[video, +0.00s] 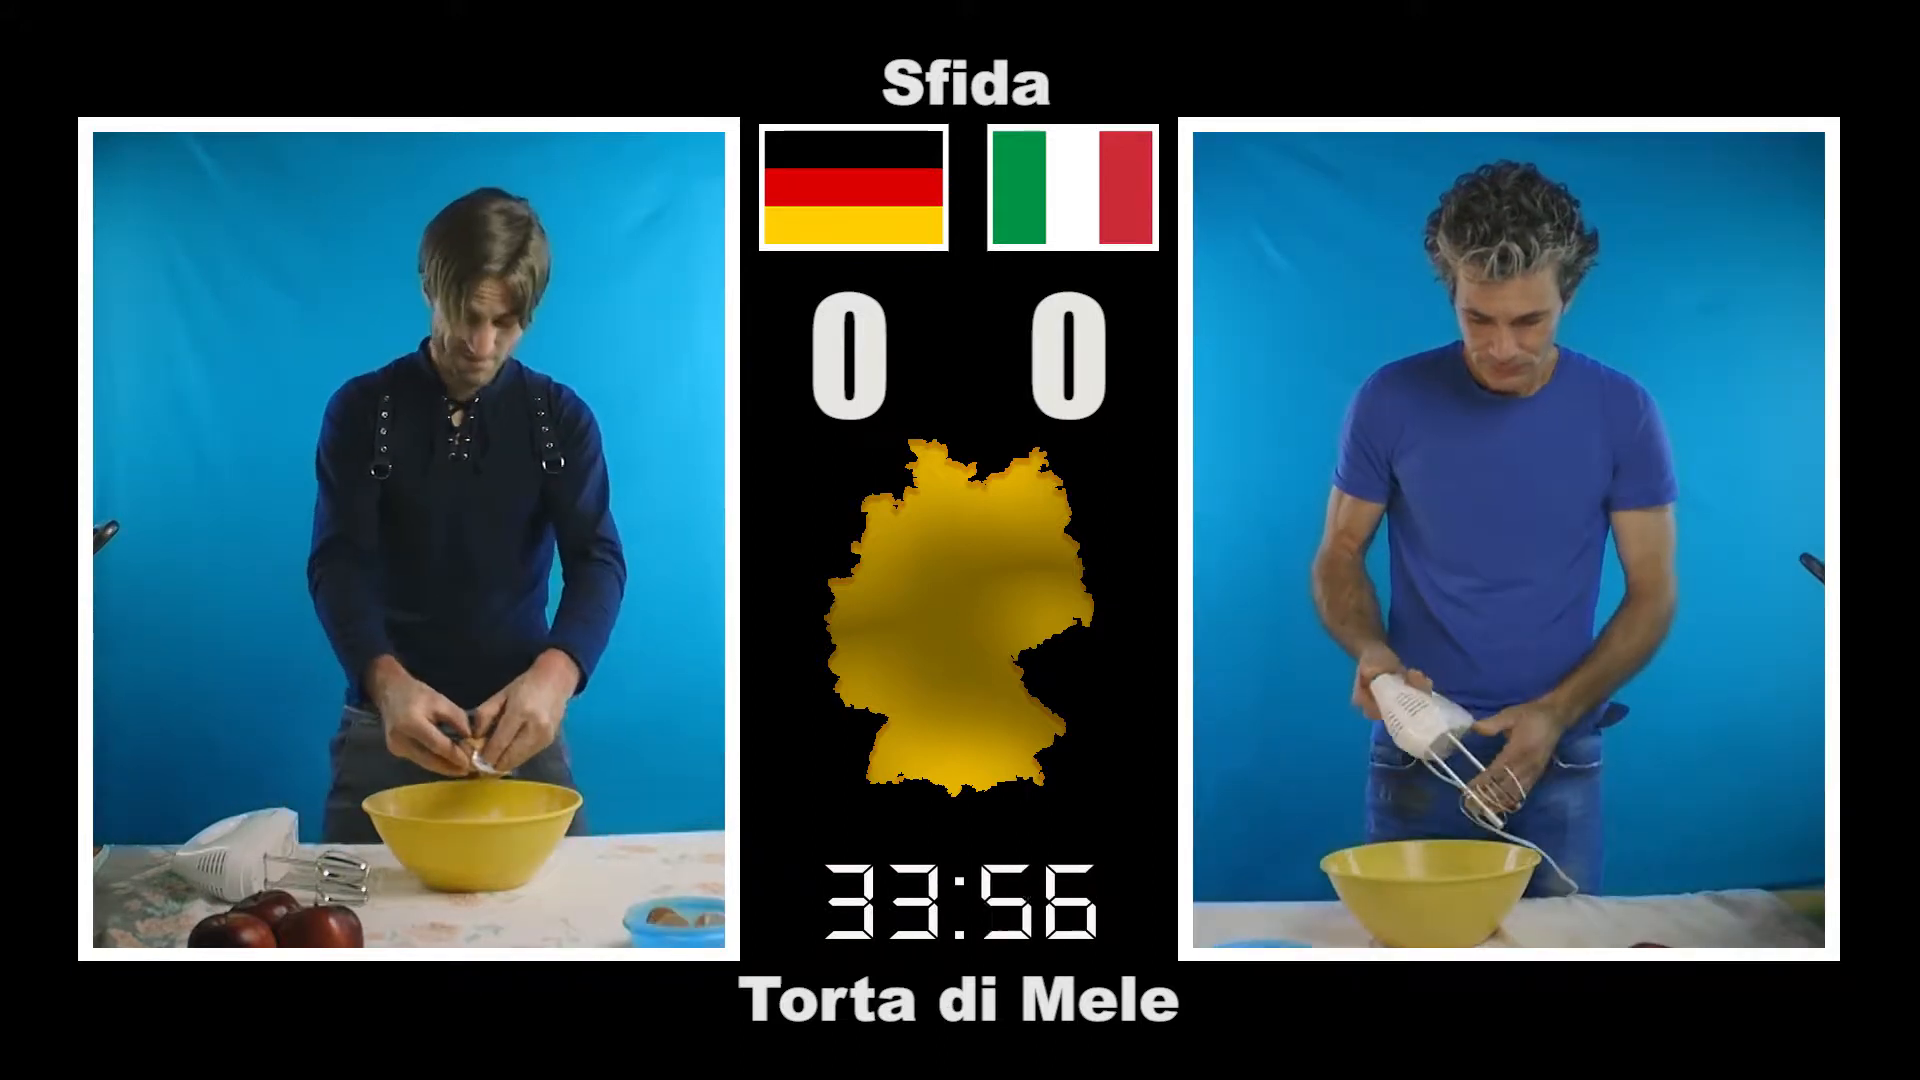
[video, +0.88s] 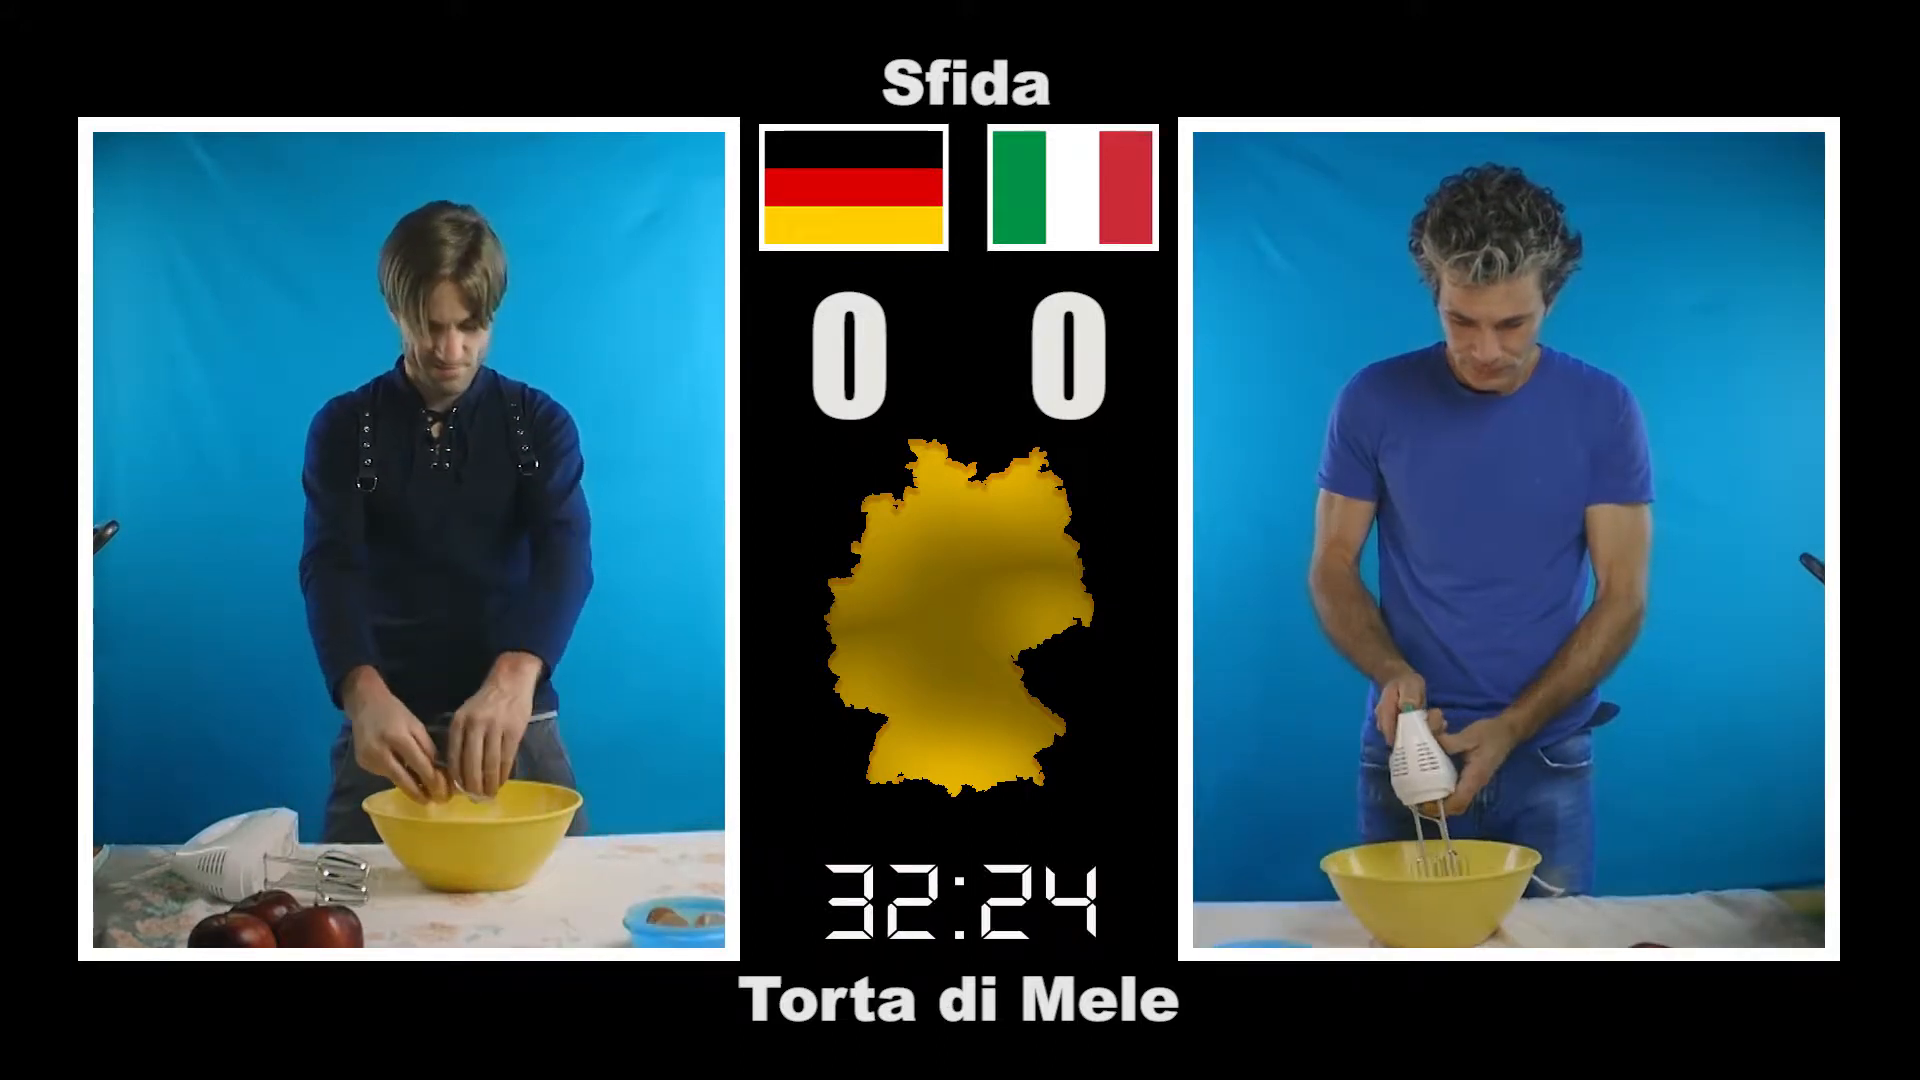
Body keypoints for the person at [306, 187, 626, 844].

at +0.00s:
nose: (483, 344)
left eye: (505, 322)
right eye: (467, 319)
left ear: (528, 312)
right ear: (433, 296)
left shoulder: (559, 421)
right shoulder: (363, 412)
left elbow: (597, 560)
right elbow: (336, 560)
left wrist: (556, 675)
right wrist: (386, 680)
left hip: (523, 734)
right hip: (388, 735)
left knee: (546, 933)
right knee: (365, 933)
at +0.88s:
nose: (451, 348)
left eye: (470, 326)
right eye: (431, 326)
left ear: (492, 316)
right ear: (398, 312)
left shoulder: (539, 426)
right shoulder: (345, 429)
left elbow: (565, 558)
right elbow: (328, 566)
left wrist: (512, 679)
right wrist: (363, 692)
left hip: (515, 738)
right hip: (385, 741)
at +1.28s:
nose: (383, 305)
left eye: (389, 282)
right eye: (357, 289)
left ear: (398, 274)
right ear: (292, 293)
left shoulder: (444, 398)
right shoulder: (248, 425)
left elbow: (497, 542)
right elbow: (199, 574)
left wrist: (545, 679)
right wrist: (207, 619)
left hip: (450, 743)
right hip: (319, 753)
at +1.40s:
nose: (373, 305)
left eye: (385, 281)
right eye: (348, 285)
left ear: (400, 275)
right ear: (298, 281)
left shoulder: (454, 399)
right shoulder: (257, 424)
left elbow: (515, 542)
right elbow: (216, 575)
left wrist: (567, 677)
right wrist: (234, 613)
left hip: (459, 744)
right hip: (327, 753)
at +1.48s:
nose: (373, 307)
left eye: (390, 282)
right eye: (351, 283)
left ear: (410, 277)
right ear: (311, 276)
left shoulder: (466, 400)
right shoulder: (267, 423)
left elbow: (531, 541)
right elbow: (228, 567)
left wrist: (583, 670)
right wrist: (234, 613)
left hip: (469, 744)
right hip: (336, 752)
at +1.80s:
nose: (481, 316)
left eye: (497, 296)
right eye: (462, 292)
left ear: (510, 291)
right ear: (407, 272)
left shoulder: (537, 412)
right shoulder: (337, 412)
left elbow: (588, 553)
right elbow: (276, 551)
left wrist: (611, 672)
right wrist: (286, 593)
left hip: (517, 749)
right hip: (381, 751)